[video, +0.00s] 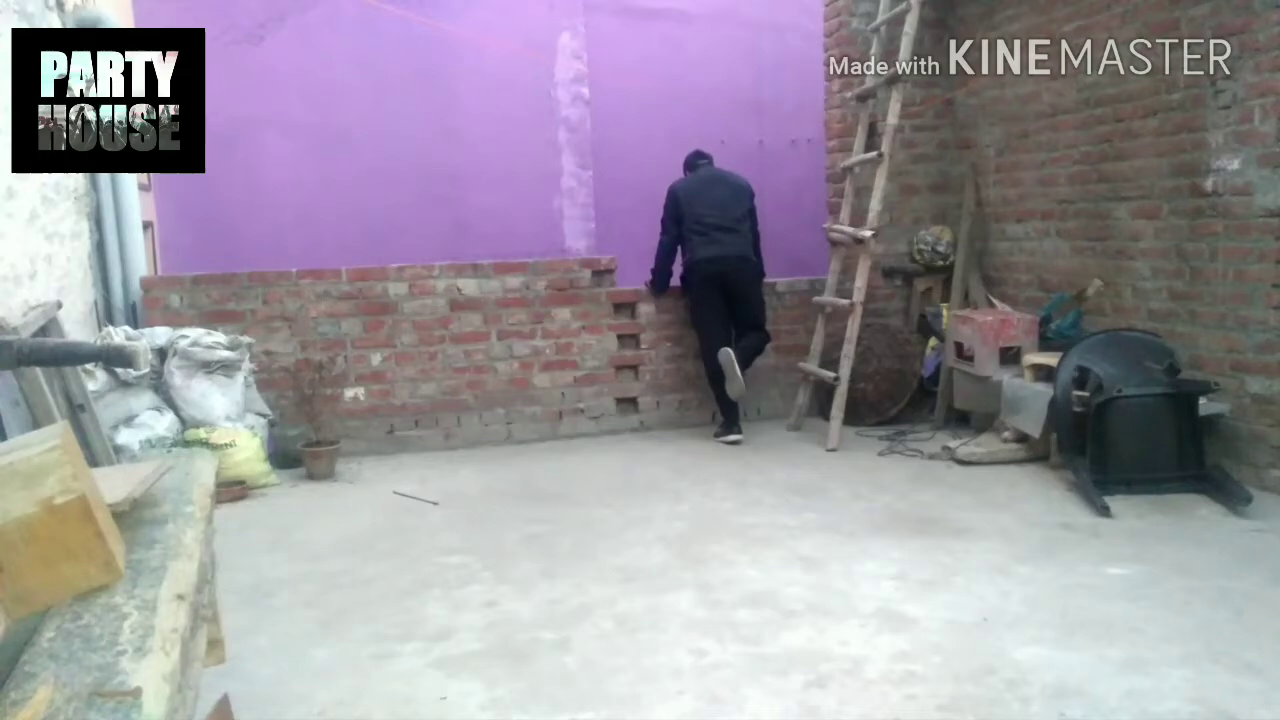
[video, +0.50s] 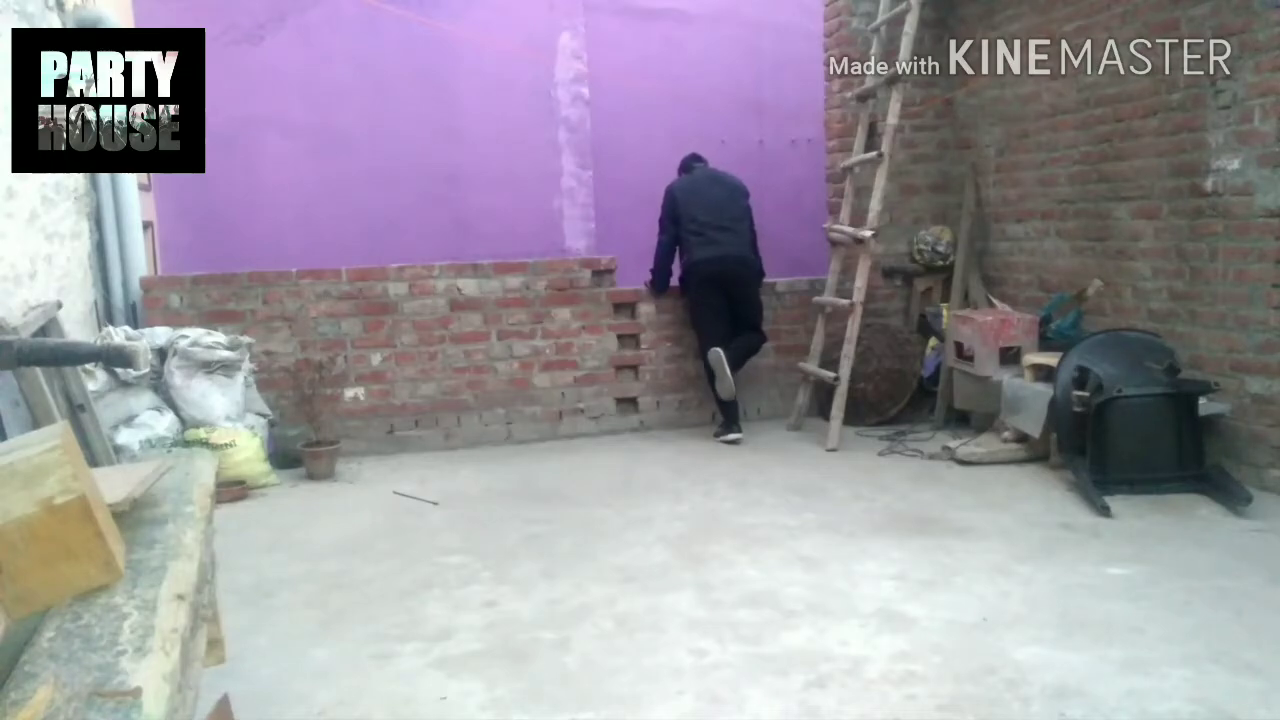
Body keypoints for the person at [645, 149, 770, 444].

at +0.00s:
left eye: (689, 170)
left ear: (687, 170)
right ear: (712, 165)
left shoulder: (679, 189)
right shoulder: (741, 184)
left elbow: (669, 239)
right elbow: (753, 233)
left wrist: (659, 282)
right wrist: (757, 269)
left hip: (702, 273)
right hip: (742, 268)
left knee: (715, 345)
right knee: (755, 331)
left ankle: (730, 423)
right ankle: (737, 359)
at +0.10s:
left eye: (687, 172)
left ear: (686, 171)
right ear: (712, 166)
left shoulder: (679, 189)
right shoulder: (740, 184)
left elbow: (669, 239)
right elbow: (752, 232)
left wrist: (659, 282)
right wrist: (757, 268)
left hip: (702, 273)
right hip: (742, 269)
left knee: (715, 344)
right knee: (755, 330)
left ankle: (730, 423)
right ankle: (737, 360)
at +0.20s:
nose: (684, 179)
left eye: (683, 174)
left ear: (685, 171)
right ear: (710, 166)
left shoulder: (679, 189)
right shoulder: (739, 185)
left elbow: (669, 240)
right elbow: (750, 232)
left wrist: (659, 283)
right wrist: (757, 267)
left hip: (703, 273)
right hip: (743, 268)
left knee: (715, 344)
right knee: (754, 331)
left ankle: (731, 423)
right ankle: (735, 358)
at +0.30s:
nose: (682, 181)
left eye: (681, 176)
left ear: (684, 172)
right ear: (709, 166)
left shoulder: (678, 189)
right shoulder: (738, 185)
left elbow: (668, 240)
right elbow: (750, 232)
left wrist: (659, 283)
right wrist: (756, 267)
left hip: (703, 272)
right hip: (743, 268)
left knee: (715, 343)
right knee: (754, 331)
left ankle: (731, 423)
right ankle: (733, 357)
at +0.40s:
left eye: (680, 175)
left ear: (683, 172)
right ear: (708, 167)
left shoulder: (677, 189)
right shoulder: (736, 184)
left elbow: (667, 239)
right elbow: (749, 231)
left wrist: (659, 283)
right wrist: (755, 267)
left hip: (702, 271)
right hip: (742, 268)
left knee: (715, 343)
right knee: (753, 331)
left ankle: (731, 423)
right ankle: (730, 358)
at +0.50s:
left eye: (680, 176)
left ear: (682, 172)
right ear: (707, 167)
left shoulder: (676, 189)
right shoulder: (735, 184)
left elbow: (667, 239)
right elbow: (749, 231)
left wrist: (659, 283)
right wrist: (756, 267)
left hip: (701, 272)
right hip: (742, 268)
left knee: (714, 344)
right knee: (753, 331)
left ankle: (730, 423)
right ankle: (729, 360)